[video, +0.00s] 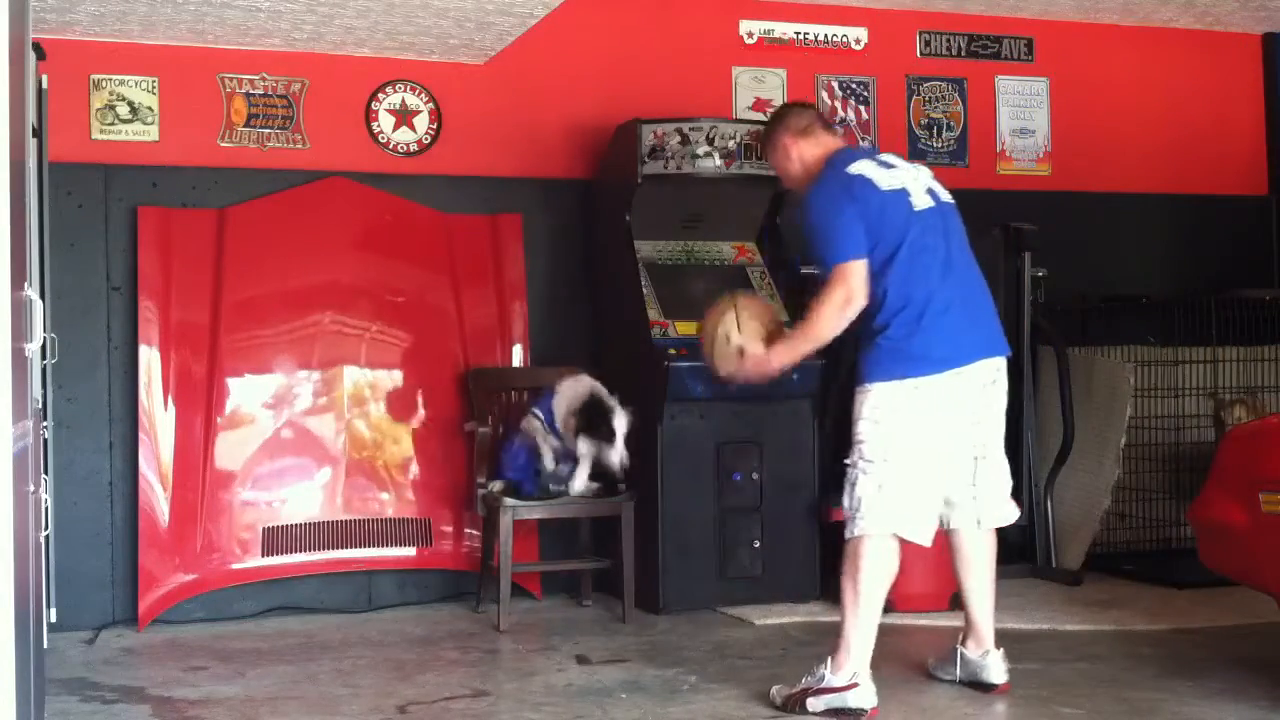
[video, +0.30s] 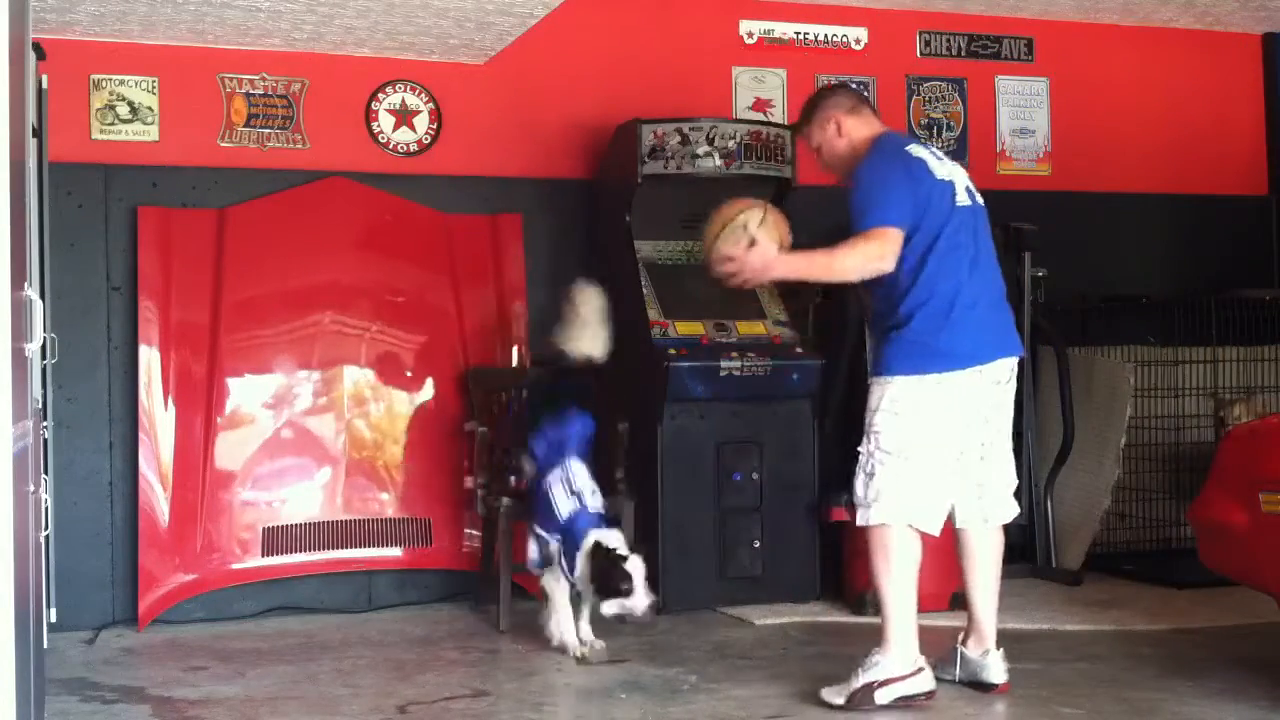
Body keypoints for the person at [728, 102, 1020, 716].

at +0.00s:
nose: (783, 181)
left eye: (778, 167)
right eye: (777, 170)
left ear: (795, 144)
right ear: (827, 134)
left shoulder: (830, 189)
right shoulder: (903, 166)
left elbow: (848, 294)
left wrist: (776, 356)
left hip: (907, 368)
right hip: (983, 356)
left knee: (873, 518)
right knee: (972, 508)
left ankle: (848, 671)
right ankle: (981, 650)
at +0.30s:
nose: (821, 165)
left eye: (816, 150)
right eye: (814, 154)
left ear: (838, 126)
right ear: (858, 119)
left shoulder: (884, 162)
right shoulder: (936, 159)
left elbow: (878, 253)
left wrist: (776, 263)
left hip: (923, 362)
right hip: (991, 354)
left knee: (887, 505)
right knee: (981, 505)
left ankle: (900, 656)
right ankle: (983, 650)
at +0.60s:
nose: (802, 177)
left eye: (800, 160)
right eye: (797, 165)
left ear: (826, 132)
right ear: (835, 129)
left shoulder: (885, 168)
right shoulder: (909, 164)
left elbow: (923, 263)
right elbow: (920, 295)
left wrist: (844, 295)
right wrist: (850, 336)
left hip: (934, 361)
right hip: (978, 355)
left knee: (896, 508)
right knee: (968, 506)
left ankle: (906, 664)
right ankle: (981, 650)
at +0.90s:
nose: (776, 200)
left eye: (772, 185)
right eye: (768, 192)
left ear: (800, 152)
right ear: (806, 148)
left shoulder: (856, 185)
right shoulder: (894, 165)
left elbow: (863, 295)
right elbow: (963, 242)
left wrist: (769, 350)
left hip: (925, 365)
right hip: (975, 355)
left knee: (881, 511)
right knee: (956, 508)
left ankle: (903, 663)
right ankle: (980, 647)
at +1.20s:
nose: (786, 184)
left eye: (781, 168)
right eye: (776, 176)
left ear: (807, 129)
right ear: (812, 128)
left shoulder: (857, 170)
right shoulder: (883, 156)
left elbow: (874, 266)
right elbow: (899, 278)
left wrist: (783, 330)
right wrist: (831, 302)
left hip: (915, 361)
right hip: (961, 350)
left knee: (889, 508)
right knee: (952, 500)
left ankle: (904, 663)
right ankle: (983, 641)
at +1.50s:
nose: (804, 177)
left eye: (802, 159)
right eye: (796, 169)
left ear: (832, 123)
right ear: (836, 124)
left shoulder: (883, 164)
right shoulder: (882, 162)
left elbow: (938, 245)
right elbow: (885, 255)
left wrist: (953, 355)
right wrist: (819, 265)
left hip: (923, 363)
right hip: (940, 358)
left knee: (902, 507)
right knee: (945, 497)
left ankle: (906, 664)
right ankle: (999, 618)